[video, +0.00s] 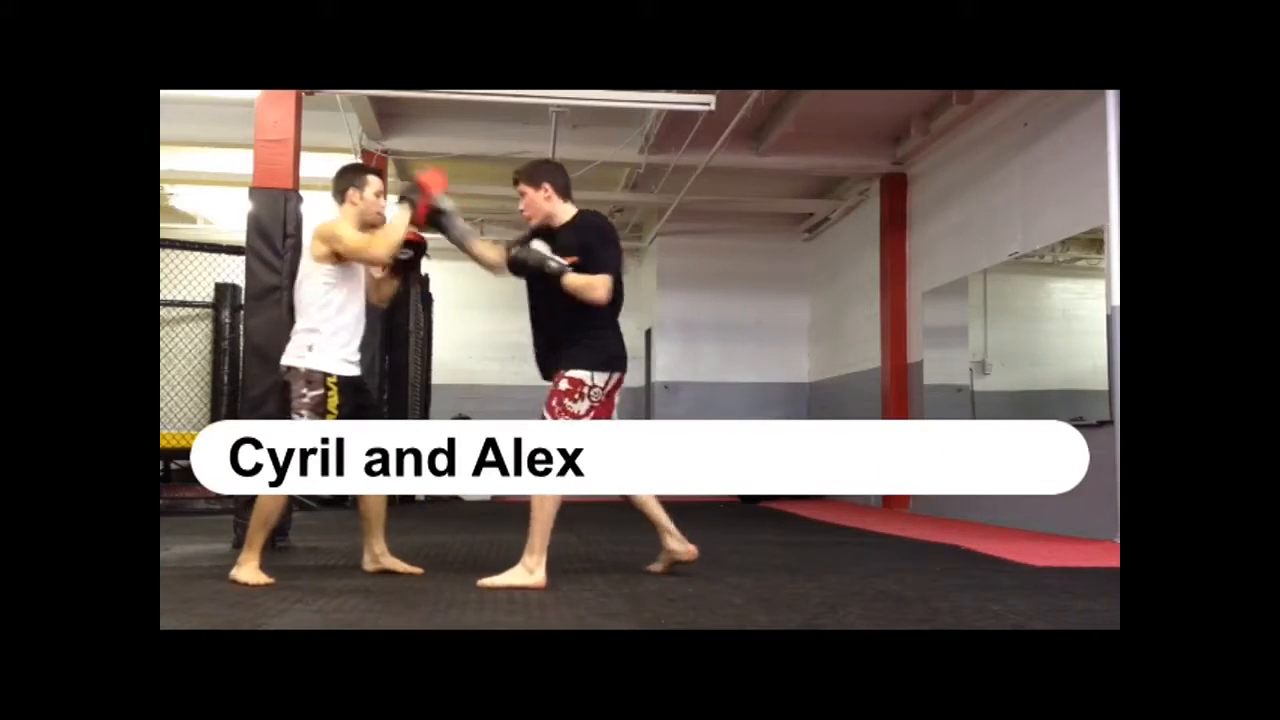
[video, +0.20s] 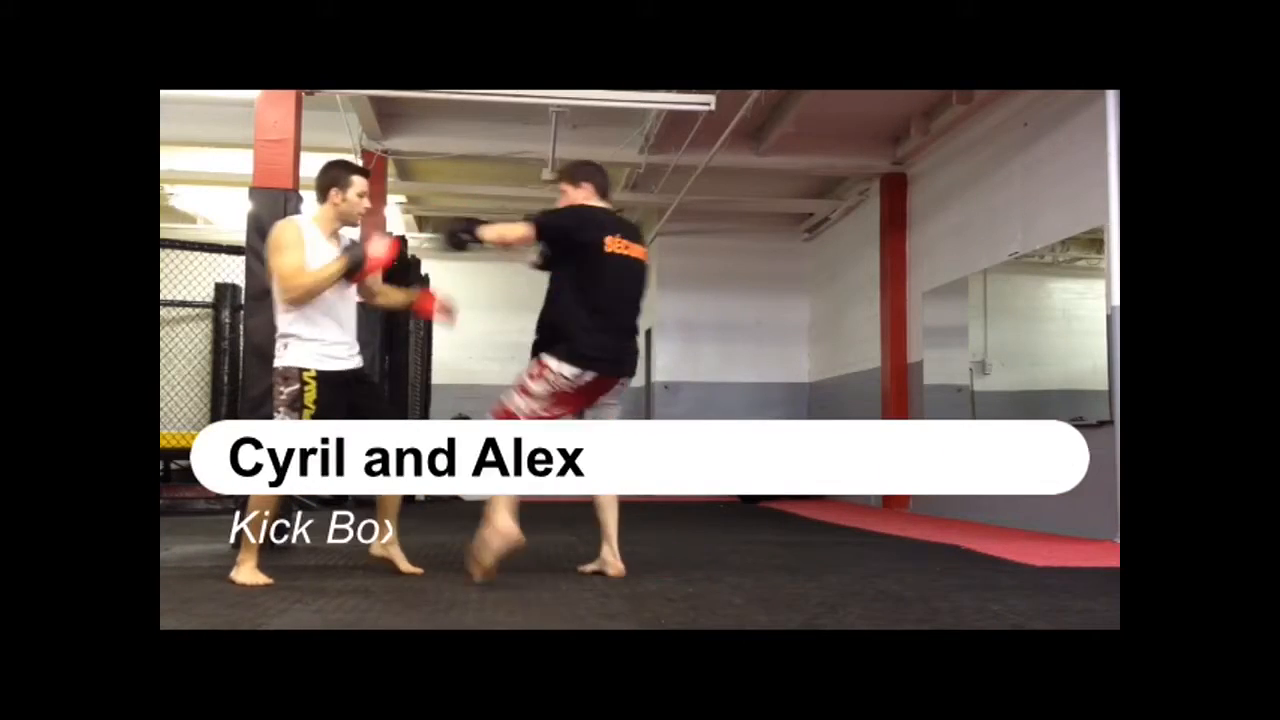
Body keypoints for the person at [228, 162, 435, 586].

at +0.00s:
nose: (385, 204)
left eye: (385, 196)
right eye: (378, 195)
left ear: (361, 198)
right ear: (353, 196)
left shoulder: (361, 243)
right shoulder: (329, 232)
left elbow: (379, 296)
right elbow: (379, 250)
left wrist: (402, 258)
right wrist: (406, 211)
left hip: (346, 368)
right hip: (313, 366)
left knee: (374, 458)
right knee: (291, 463)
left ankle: (376, 551)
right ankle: (248, 560)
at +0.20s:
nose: (366, 204)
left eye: (367, 197)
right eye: (360, 196)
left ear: (342, 198)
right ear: (334, 195)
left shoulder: (350, 242)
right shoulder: (289, 232)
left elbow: (374, 293)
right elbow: (290, 290)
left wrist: (420, 299)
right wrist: (352, 263)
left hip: (349, 368)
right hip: (301, 369)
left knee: (394, 448)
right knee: (280, 464)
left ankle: (386, 538)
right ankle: (247, 560)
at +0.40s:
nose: (345, 204)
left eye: (345, 197)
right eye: (338, 196)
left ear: (323, 200)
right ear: (311, 198)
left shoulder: (342, 249)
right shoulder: (267, 239)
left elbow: (354, 305)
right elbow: (245, 305)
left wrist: (375, 337)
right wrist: (305, 294)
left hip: (355, 366)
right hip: (303, 370)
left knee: (405, 446)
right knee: (278, 465)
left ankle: (395, 532)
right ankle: (247, 559)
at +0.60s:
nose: (359, 196)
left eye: (358, 189)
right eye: (352, 188)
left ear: (334, 192)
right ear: (326, 190)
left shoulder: (344, 238)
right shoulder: (283, 234)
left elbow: (366, 282)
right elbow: (254, 295)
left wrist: (403, 259)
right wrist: (320, 285)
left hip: (350, 364)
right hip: (303, 365)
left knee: (384, 450)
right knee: (282, 462)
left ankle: (373, 540)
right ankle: (246, 560)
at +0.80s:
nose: (390, 207)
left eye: (391, 199)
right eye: (385, 199)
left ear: (368, 198)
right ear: (359, 196)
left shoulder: (372, 240)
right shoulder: (310, 231)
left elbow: (417, 255)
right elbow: (284, 289)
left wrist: (442, 223)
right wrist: (348, 279)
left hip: (350, 365)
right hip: (304, 361)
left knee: (364, 457)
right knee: (281, 458)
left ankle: (362, 549)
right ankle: (242, 553)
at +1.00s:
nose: (382, 212)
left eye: (383, 204)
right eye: (377, 203)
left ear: (354, 202)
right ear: (350, 199)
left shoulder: (357, 243)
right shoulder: (300, 233)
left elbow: (380, 280)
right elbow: (270, 289)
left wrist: (409, 269)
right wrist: (334, 289)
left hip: (339, 367)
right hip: (296, 365)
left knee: (359, 456)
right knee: (271, 458)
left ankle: (362, 548)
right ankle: (208, 536)